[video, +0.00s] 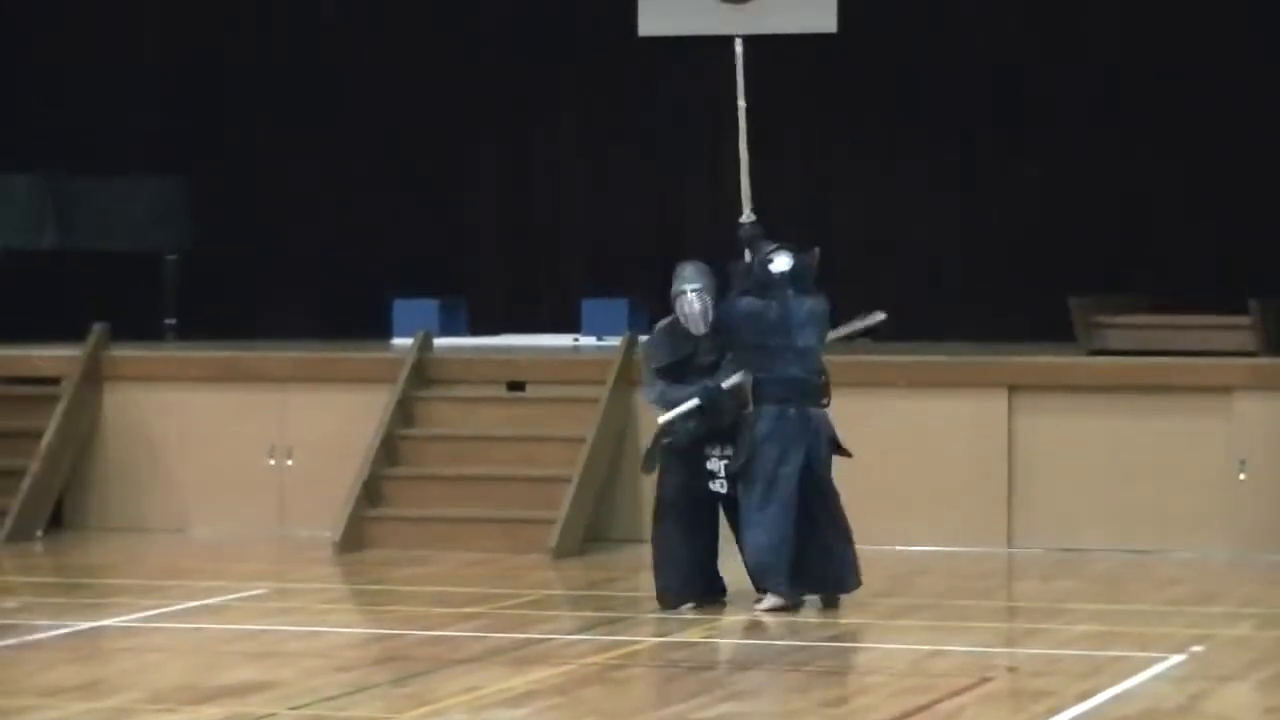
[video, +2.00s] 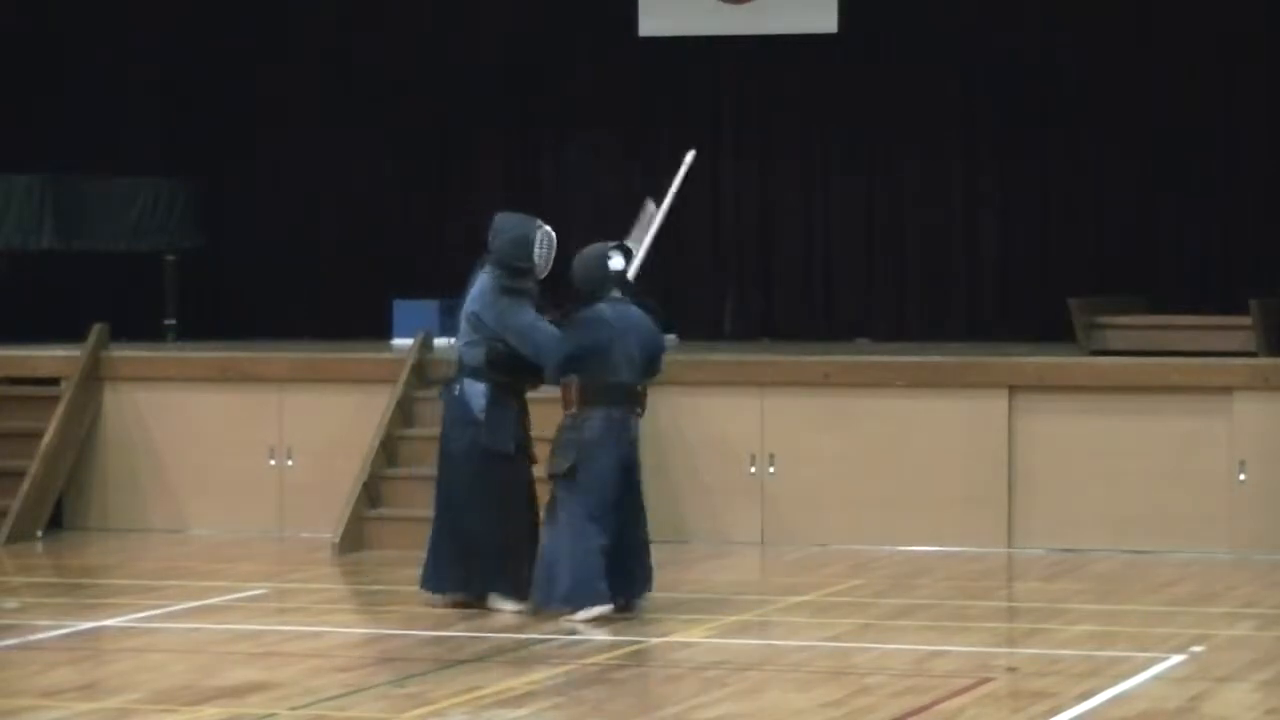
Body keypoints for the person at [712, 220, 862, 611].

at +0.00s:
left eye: (766, 268)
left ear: (765, 277)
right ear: (798, 273)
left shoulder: (750, 313)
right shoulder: (814, 309)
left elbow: (729, 307)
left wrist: (749, 267)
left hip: (771, 410)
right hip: (812, 410)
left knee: (767, 493)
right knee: (816, 493)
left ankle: (779, 587)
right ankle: (830, 581)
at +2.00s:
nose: (576, 285)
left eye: (578, 279)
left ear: (583, 282)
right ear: (616, 278)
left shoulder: (587, 321)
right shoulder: (640, 321)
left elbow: (556, 360)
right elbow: (652, 364)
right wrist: (619, 375)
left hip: (591, 418)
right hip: (626, 418)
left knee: (577, 501)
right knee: (620, 502)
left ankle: (586, 595)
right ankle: (625, 589)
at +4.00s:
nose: (626, 276)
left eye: (629, 270)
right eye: (631, 269)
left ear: (636, 277)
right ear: (672, 278)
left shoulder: (627, 321)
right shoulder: (690, 322)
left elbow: (576, 358)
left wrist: (575, 330)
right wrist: (624, 313)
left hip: (650, 432)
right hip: (692, 430)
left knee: (643, 526)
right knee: (681, 526)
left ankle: (670, 619)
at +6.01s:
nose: (601, 284)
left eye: (604, 277)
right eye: (604, 276)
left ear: (610, 279)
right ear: (640, 277)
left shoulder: (613, 326)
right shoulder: (655, 321)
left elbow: (576, 398)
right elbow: (603, 370)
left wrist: (543, 400)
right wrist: (551, 387)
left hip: (622, 435)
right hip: (653, 430)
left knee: (608, 525)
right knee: (646, 522)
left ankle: (651, 606)